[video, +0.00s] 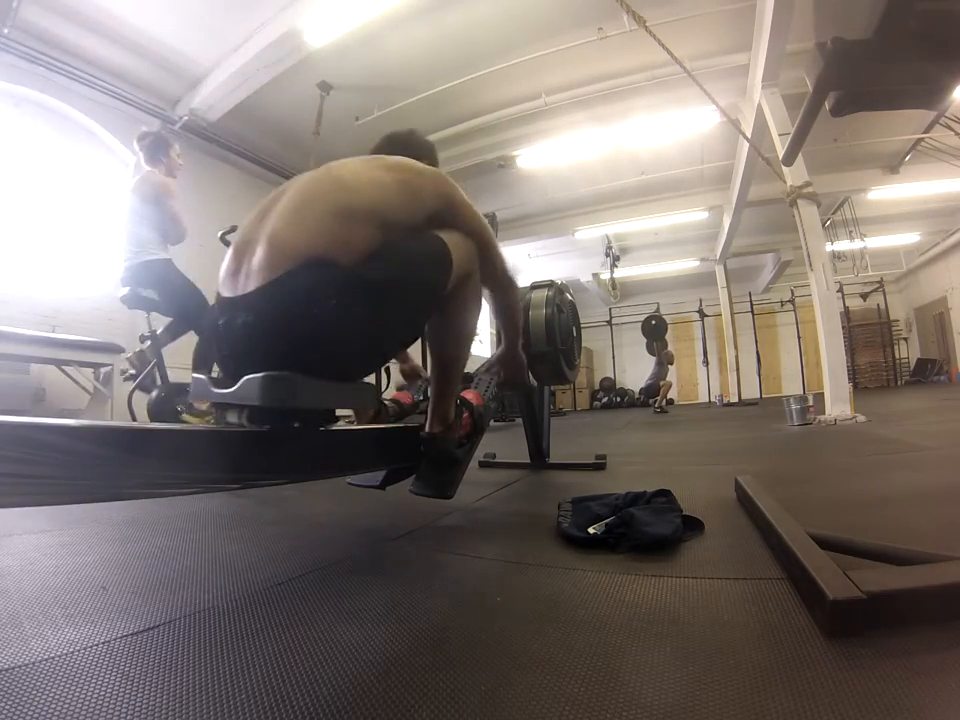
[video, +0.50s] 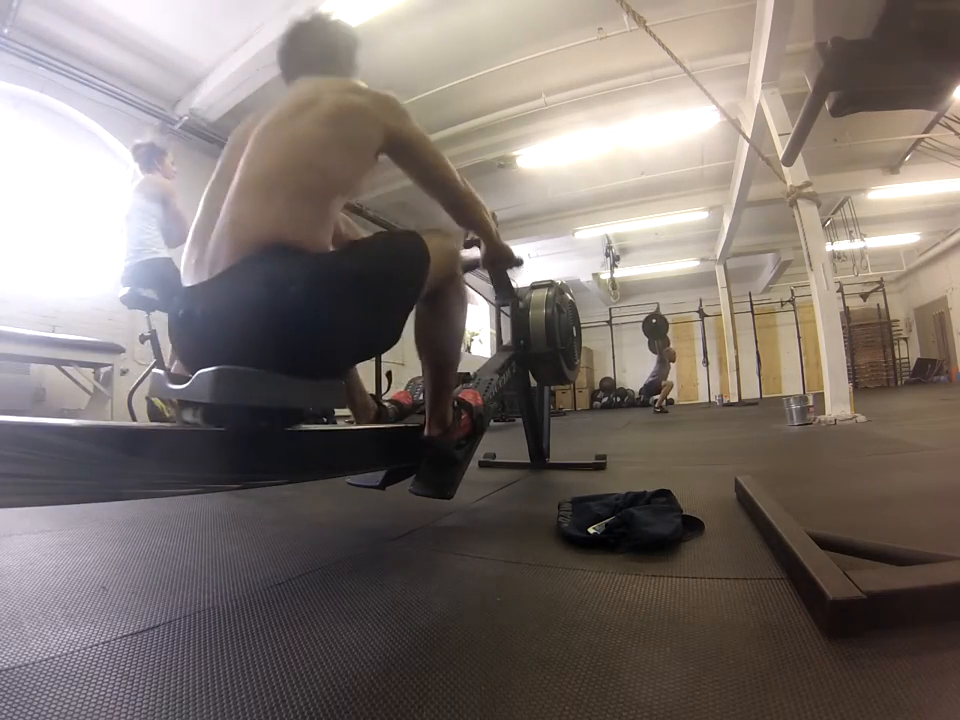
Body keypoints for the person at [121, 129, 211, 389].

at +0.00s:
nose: (181, 162)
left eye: (180, 156)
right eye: (176, 156)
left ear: (152, 157)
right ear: (162, 157)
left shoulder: (140, 182)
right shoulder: (161, 183)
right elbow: (179, 233)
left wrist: (164, 234)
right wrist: (158, 237)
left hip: (133, 268)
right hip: (155, 267)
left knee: (193, 312)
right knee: (209, 323)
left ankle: (145, 354)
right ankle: (200, 394)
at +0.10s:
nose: (177, 164)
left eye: (176, 157)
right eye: (173, 157)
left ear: (150, 158)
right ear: (158, 157)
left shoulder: (138, 182)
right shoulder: (159, 184)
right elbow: (179, 232)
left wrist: (165, 233)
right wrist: (157, 235)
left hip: (133, 268)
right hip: (155, 267)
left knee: (190, 309)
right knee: (205, 331)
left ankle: (151, 350)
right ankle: (196, 393)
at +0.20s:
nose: (174, 165)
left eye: (173, 159)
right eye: (171, 158)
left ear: (146, 160)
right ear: (156, 158)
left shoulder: (136, 184)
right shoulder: (159, 183)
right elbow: (179, 231)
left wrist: (164, 233)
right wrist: (156, 235)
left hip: (132, 269)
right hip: (155, 266)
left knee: (190, 302)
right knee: (203, 326)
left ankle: (159, 347)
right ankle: (189, 388)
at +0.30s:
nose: (174, 167)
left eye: (172, 161)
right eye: (169, 160)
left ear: (147, 160)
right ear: (155, 159)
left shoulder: (137, 185)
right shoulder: (159, 183)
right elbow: (181, 231)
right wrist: (153, 238)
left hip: (132, 269)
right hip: (155, 267)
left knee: (184, 304)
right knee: (200, 316)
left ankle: (165, 351)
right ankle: (188, 375)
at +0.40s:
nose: (174, 168)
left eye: (173, 162)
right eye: (170, 162)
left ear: (144, 164)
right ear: (156, 161)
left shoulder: (134, 188)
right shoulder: (162, 184)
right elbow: (182, 232)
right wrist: (152, 243)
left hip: (131, 269)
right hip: (156, 266)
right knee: (189, 313)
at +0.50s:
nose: (175, 169)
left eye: (174, 164)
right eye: (171, 163)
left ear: (148, 166)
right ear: (157, 163)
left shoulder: (137, 189)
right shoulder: (162, 184)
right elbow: (183, 230)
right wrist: (154, 241)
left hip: (131, 270)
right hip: (157, 267)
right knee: (187, 306)